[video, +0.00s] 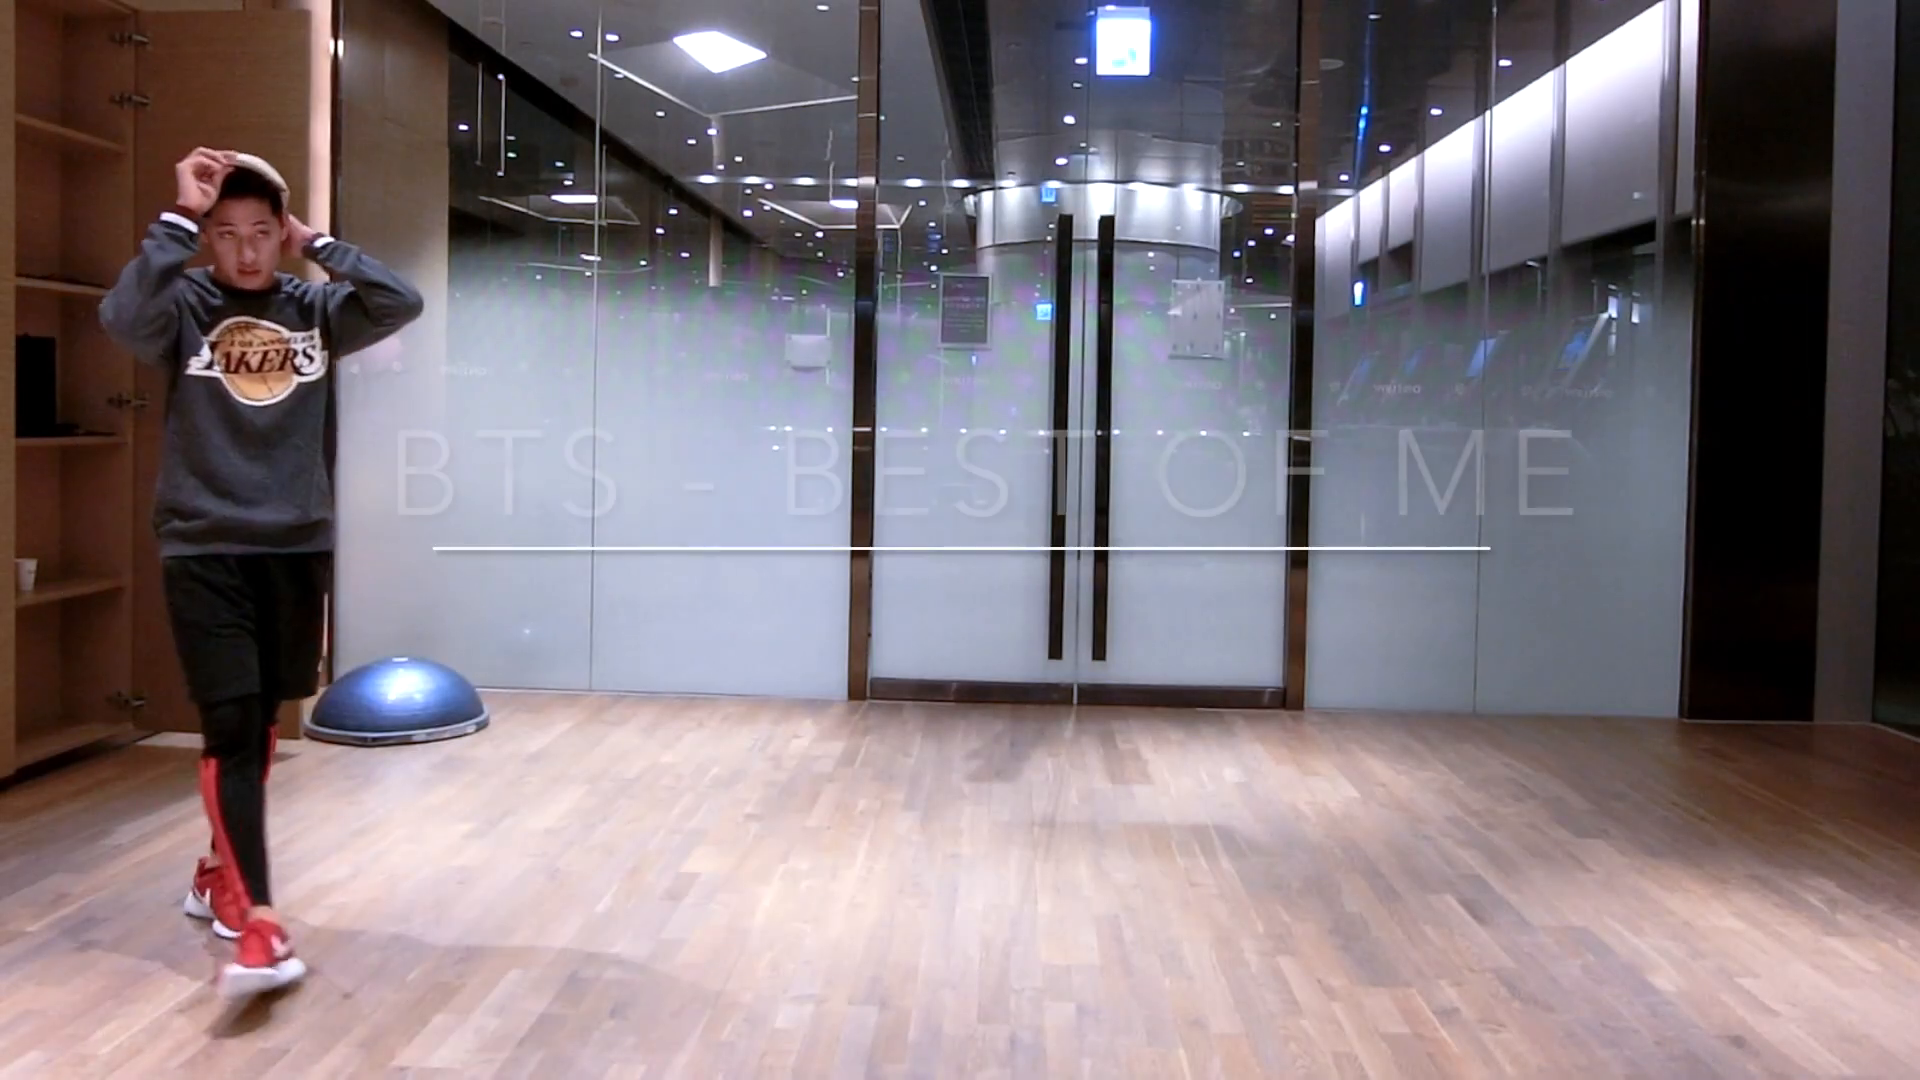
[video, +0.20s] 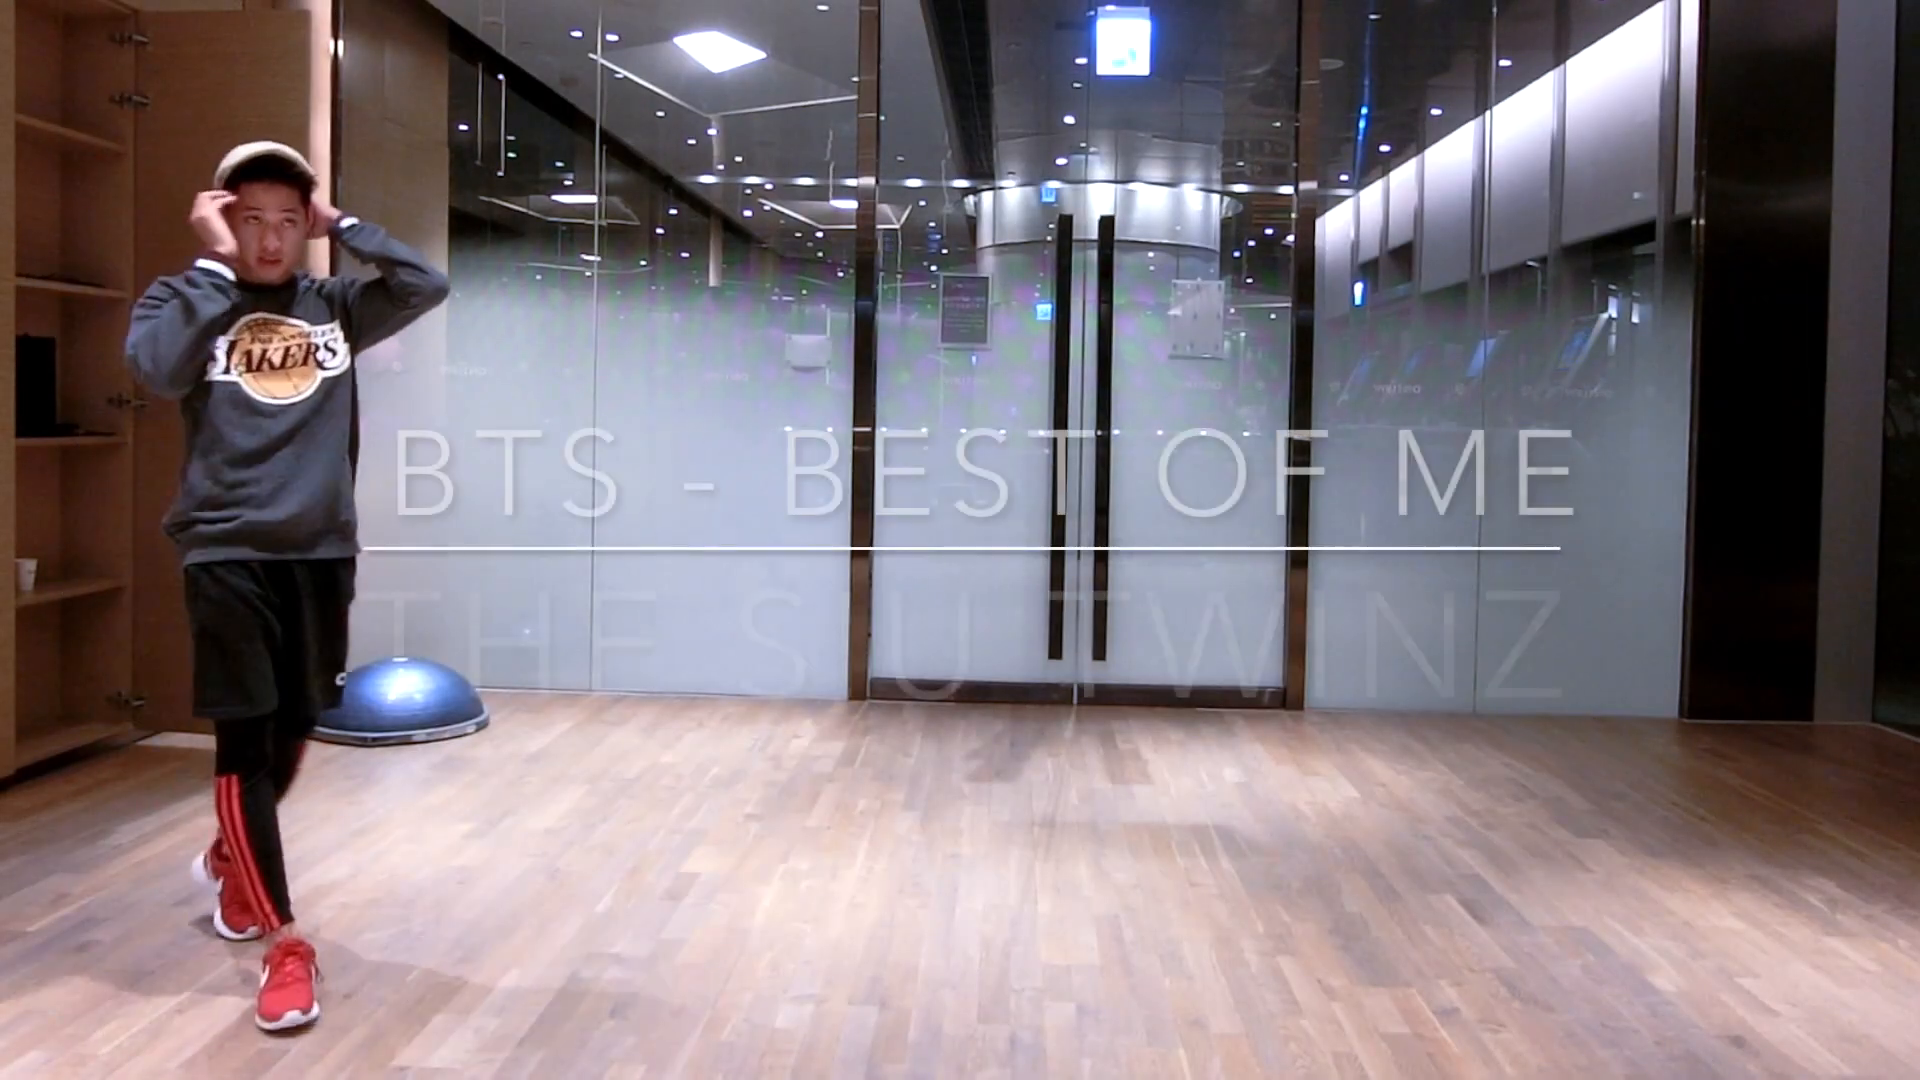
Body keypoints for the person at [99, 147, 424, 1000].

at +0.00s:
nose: (247, 249)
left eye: (260, 232)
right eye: (230, 233)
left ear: (283, 236)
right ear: (206, 236)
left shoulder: (314, 311)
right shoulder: (183, 300)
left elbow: (403, 303)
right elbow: (124, 319)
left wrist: (316, 247)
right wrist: (183, 219)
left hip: (294, 544)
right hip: (205, 542)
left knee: (260, 730)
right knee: (235, 729)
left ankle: (219, 876)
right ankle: (257, 922)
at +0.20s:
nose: (269, 234)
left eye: (284, 219)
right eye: (252, 217)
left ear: (307, 229)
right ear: (224, 227)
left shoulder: (334, 306)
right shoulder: (191, 299)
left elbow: (425, 282)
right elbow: (155, 369)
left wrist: (338, 225)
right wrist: (211, 259)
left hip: (320, 551)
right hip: (228, 548)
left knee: (289, 741)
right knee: (248, 742)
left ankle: (227, 854)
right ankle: (284, 944)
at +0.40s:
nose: (308, 179)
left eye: (315, 169)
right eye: (289, 166)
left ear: (324, 202)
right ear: (244, 194)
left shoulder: (346, 291)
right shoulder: (193, 281)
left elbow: (439, 265)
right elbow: (202, 356)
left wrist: (357, 196)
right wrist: (271, 245)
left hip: (338, 549)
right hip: (236, 554)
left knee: (360, 734)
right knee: (251, 752)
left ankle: (302, 856)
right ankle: (287, 947)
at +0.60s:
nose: (320, 185)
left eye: (330, 171)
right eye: (301, 168)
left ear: (346, 197)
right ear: (261, 189)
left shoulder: (363, 288)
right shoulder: (210, 274)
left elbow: (459, 275)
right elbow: (214, 355)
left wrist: (378, 193)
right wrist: (293, 246)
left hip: (357, 550)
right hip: (249, 556)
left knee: (386, 748)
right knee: (260, 757)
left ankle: (412, 952)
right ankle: (288, 955)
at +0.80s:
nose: (339, 197)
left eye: (353, 182)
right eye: (318, 182)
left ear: (375, 202)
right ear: (281, 199)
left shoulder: (397, 286)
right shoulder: (237, 278)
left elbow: (487, 326)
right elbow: (206, 371)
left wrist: (423, 221)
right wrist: (291, 268)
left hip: (384, 558)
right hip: (271, 562)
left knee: (417, 760)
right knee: (272, 767)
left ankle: (457, 973)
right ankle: (289, 953)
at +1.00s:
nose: (372, 218)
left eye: (391, 200)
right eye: (354, 203)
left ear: (422, 210)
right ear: (324, 213)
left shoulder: (464, 298)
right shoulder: (299, 292)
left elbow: (504, 399)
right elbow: (224, 365)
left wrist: (427, 282)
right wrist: (285, 241)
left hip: (428, 572)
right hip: (310, 570)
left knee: (447, 784)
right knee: (302, 777)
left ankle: (468, 1002)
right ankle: (294, 946)